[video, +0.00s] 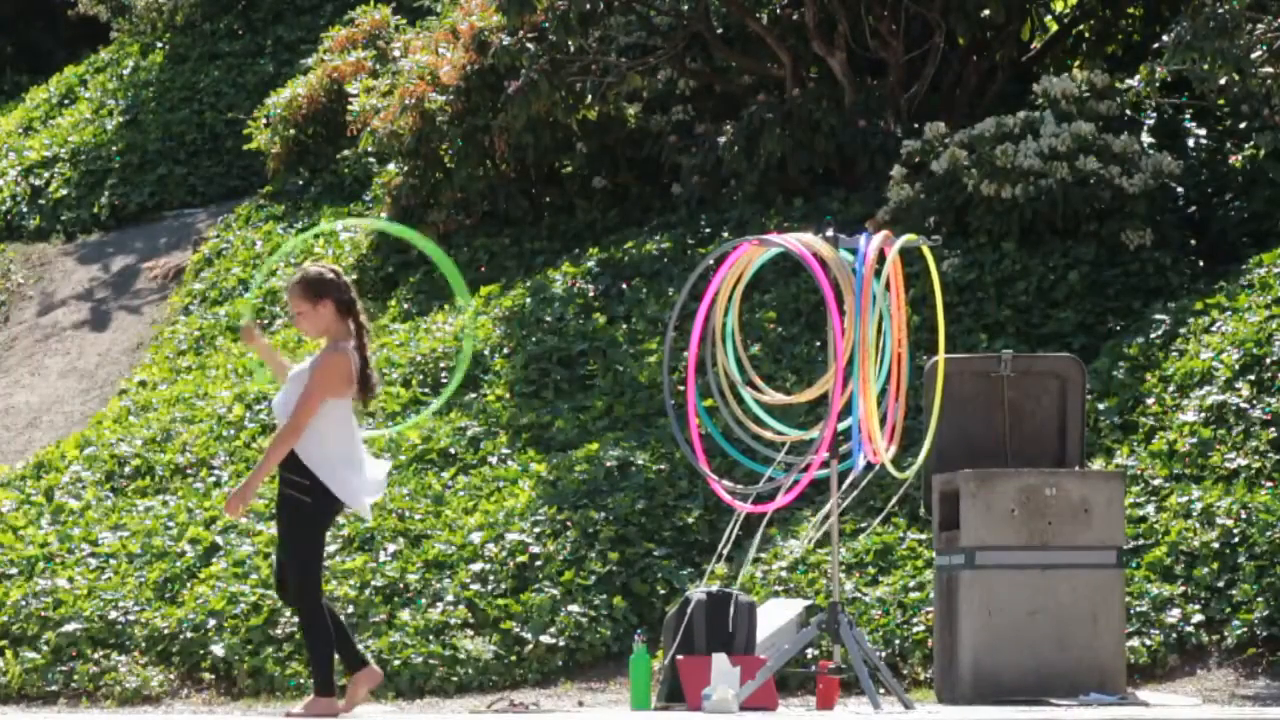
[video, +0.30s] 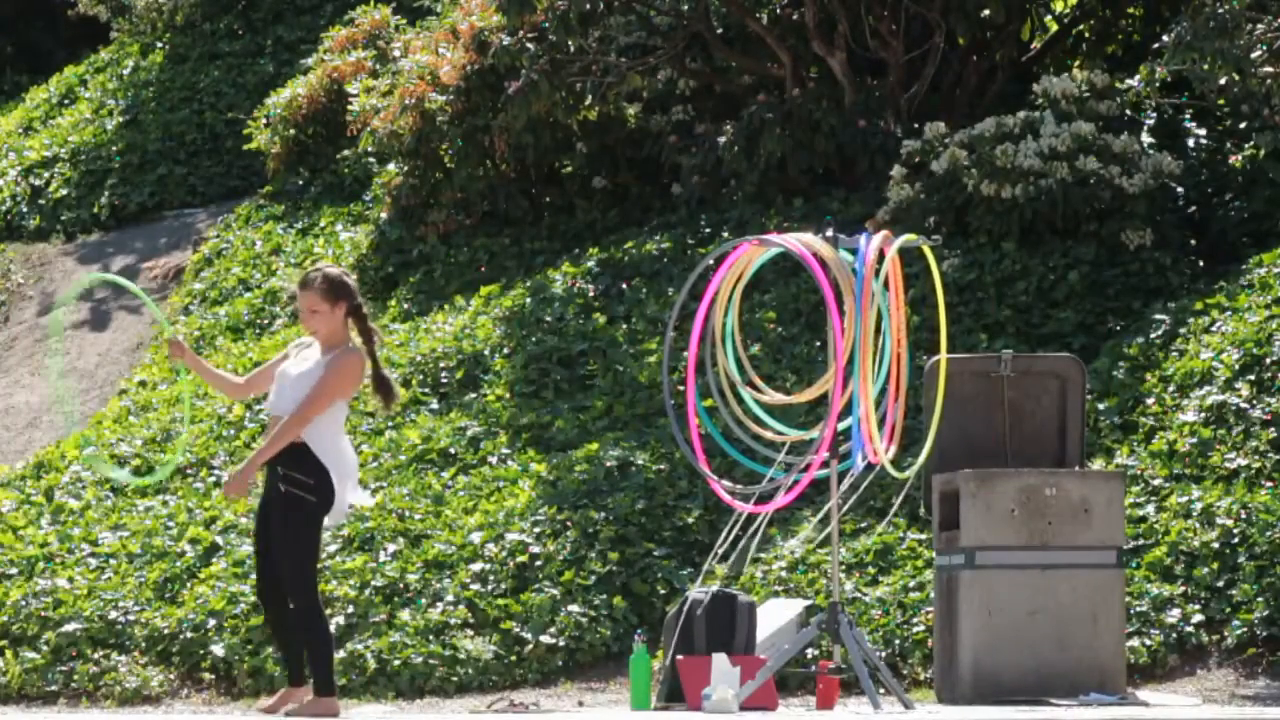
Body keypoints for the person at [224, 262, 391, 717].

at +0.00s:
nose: (295, 322)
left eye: (299, 313)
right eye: (292, 314)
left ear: (328, 307)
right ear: (326, 310)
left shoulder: (335, 359)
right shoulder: (333, 352)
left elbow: (295, 427)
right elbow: (296, 385)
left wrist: (250, 484)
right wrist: (262, 348)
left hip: (312, 482)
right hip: (305, 479)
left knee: (304, 586)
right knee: (289, 582)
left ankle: (324, 695)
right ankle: (360, 668)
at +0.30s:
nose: (306, 320)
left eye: (313, 311)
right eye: (302, 311)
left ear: (341, 309)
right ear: (301, 311)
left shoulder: (349, 359)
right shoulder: (303, 350)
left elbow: (301, 418)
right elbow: (240, 387)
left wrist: (248, 468)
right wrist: (189, 359)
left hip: (308, 474)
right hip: (282, 470)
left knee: (299, 584)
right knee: (269, 584)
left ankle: (326, 697)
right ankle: (297, 686)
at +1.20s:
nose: (264, 290)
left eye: (275, 284)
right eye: (260, 282)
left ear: (294, 296)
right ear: (251, 290)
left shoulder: (304, 343)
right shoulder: (239, 343)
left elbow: (272, 406)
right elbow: (225, 380)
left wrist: (209, 436)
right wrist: (234, 326)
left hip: (291, 473)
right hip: (246, 473)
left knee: (283, 588)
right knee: (244, 589)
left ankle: (289, 696)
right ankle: (248, 696)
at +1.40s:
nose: (261, 282)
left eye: (272, 277)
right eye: (256, 277)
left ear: (291, 292)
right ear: (248, 291)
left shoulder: (310, 337)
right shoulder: (232, 341)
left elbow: (286, 404)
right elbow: (248, 367)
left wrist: (221, 420)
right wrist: (287, 337)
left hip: (294, 468)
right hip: (246, 468)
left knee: (282, 585)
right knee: (241, 585)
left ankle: (283, 695)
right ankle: (247, 694)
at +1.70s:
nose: (262, 286)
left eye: (273, 280)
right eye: (257, 280)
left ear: (295, 293)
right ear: (249, 292)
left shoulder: (321, 344)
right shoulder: (241, 343)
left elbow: (308, 409)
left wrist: (250, 424)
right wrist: (326, 346)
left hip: (302, 462)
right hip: (251, 461)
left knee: (290, 584)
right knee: (231, 568)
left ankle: (285, 695)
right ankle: (233, 647)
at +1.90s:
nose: (269, 287)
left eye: (279, 281)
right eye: (265, 281)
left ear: (301, 293)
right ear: (258, 291)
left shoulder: (327, 347)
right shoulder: (246, 340)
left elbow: (317, 413)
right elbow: (268, 376)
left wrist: (292, 452)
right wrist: (317, 340)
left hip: (305, 457)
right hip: (253, 453)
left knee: (290, 582)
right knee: (272, 512)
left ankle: (284, 694)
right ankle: (232, 574)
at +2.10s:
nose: (276, 288)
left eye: (287, 281)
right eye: (271, 281)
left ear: (309, 290)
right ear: (264, 290)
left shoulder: (332, 346)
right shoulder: (250, 336)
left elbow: (329, 410)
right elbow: (247, 381)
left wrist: (328, 472)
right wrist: (279, 341)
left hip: (307, 456)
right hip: (258, 448)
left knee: (289, 586)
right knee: (285, 499)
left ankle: (284, 694)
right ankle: (225, 530)